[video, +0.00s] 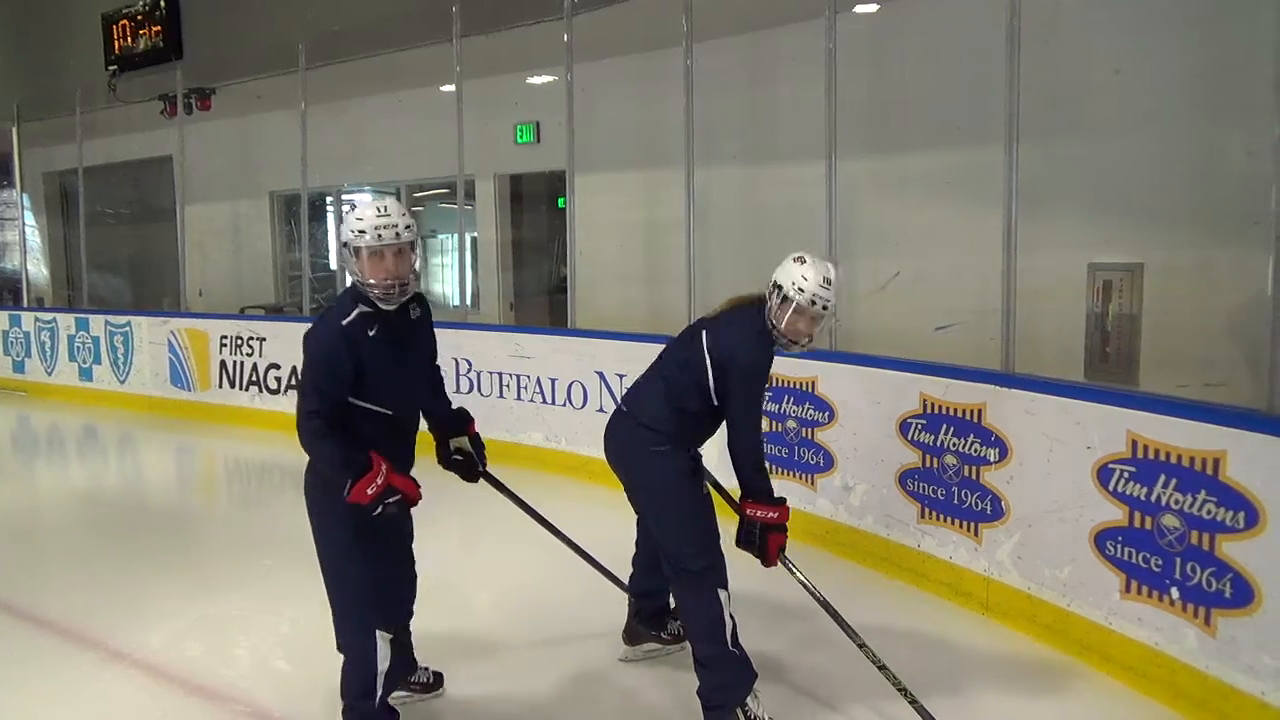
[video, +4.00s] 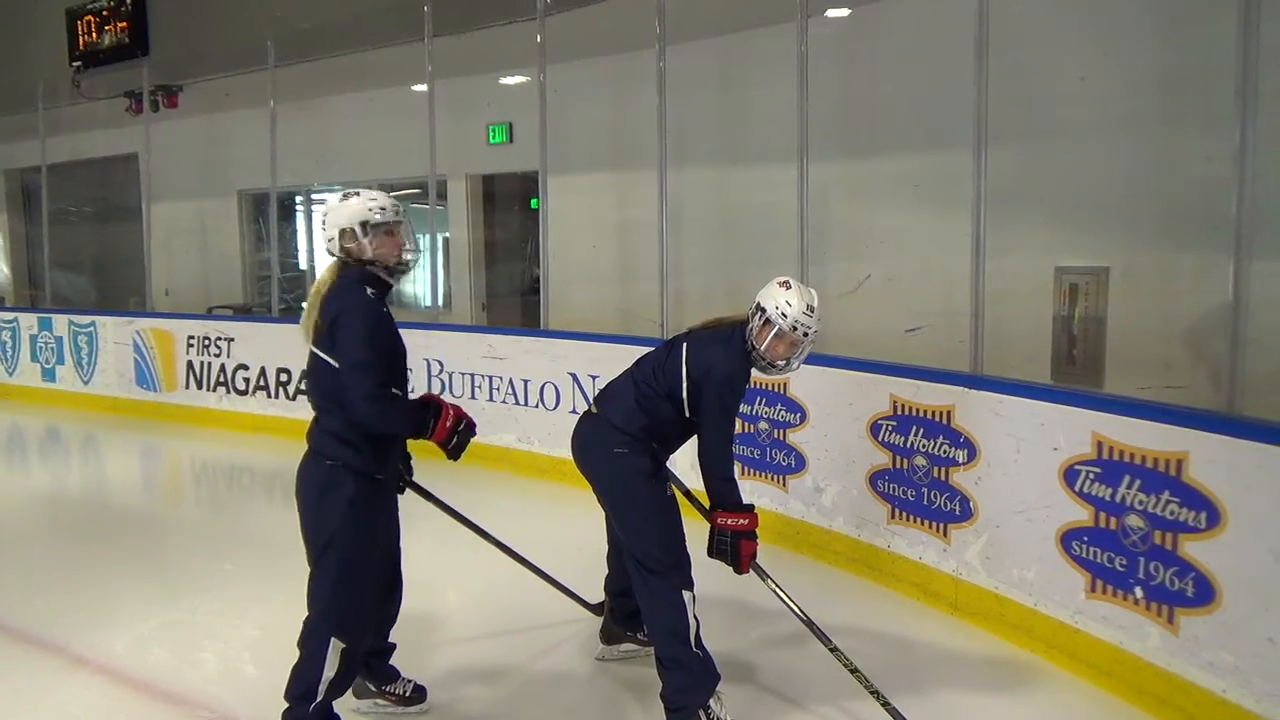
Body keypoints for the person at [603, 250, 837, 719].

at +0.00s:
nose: (800, 325)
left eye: (812, 318)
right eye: (796, 311)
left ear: (823, 320)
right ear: (775, 298)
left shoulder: (743, 319)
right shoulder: (750, 343)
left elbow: (685, 373)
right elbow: (744, 434)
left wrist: (684, 443)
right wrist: (762, 504)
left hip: (632, 432)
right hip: (657, 444)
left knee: (660, 529)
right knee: (700, 569)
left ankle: (647, 620)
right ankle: (727, 701)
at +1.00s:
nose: (794, 345)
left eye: (806, 339)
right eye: (791, 331)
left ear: (819, 344)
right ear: (774, 320)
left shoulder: (744, 336)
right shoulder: (744, 361)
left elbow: (682, 379)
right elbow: (734, 447)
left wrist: (673, 445)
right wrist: (753, 515)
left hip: (625, 433)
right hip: (642, 445)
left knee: (652, 534)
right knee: (686, 566)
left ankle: (641, 623)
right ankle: (710, 702)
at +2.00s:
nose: (781, 347)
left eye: (794, 340)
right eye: (777, 332)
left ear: (808, 343)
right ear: (761, 319)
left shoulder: (732, 340)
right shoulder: (729, 362)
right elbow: (720, 447)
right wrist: (739, 517)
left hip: (614, 434)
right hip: (625, 445)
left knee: (638, 532)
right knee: (671, 568)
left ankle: (630, 621)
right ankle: (696, 703)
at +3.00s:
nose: (774, 347)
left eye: (788, 341)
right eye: (771, 333)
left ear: (801, 344)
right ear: (754, 319)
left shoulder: (725, 340)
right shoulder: (725, 363)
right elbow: (714, 449)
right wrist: (733, 517)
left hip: (604, 434)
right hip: (620, 445)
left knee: (631, 534)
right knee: (665, 569)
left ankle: (622, 624)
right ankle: (689, 703)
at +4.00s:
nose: (776, 348)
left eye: (790, 342)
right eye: (773, 334)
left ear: (803, 346)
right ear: (757, 320)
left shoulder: (725, 341)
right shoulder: (726, 363)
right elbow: (715, 448)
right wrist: (733, 517)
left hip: (604, 435)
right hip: (621, 446)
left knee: (631, 535)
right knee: (666, 570)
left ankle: (622, 623)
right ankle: (690, 703)